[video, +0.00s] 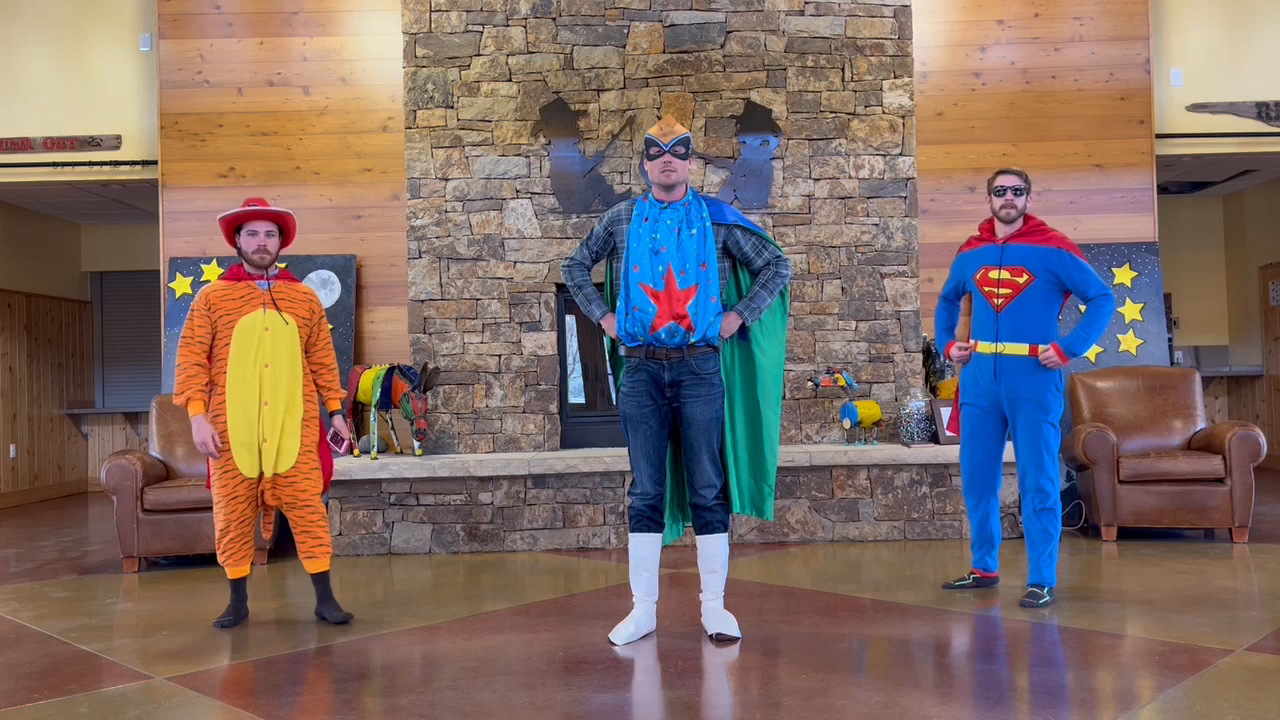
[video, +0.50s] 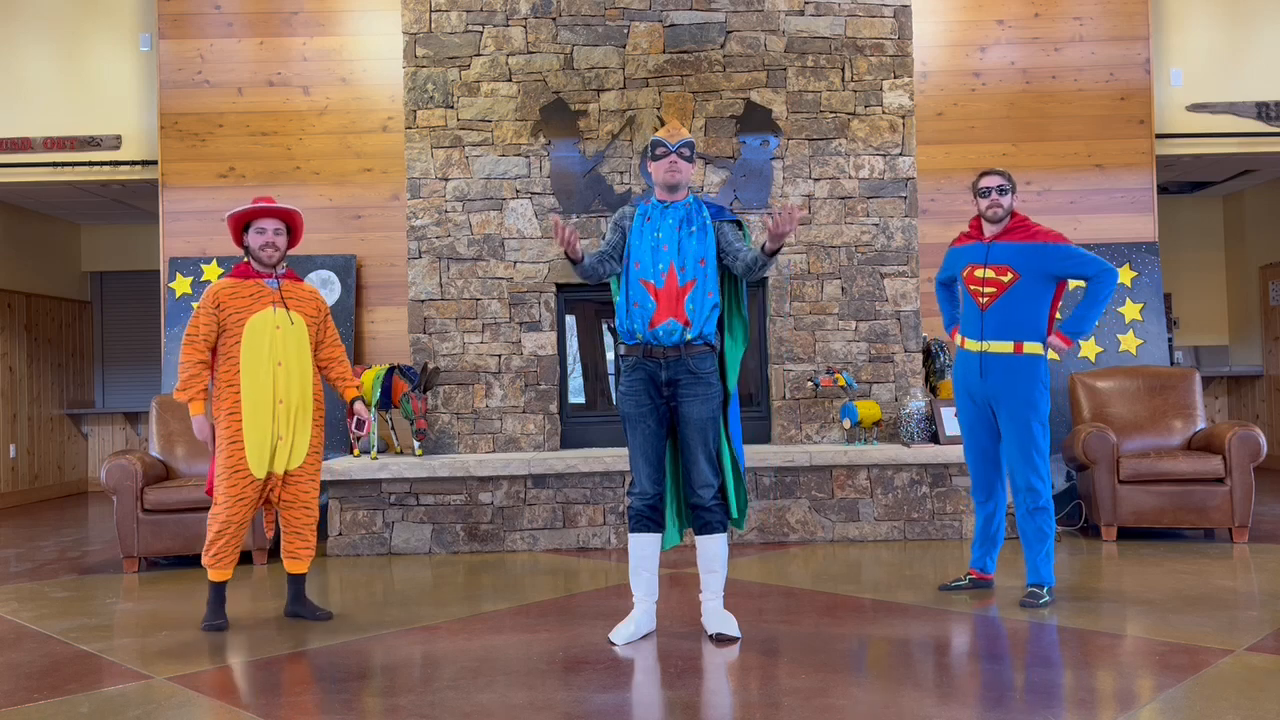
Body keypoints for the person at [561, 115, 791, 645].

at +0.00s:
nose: (668, 161)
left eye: (678, 153)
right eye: (657, 153)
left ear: (692, 162)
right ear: (644, 163)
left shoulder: (715, 216)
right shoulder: (622, 216)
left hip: (700, 366)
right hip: (640, 366)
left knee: (706, 487)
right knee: (646, 489)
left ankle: (714, 608)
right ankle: (643, 611)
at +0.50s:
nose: (674, 159)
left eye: (683, 154)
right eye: (663, 154)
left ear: (695, 168)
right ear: (647, 168)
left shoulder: (713, 217)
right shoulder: (628, 218)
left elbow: (745, 266)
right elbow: (604, 267)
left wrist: (769, 246)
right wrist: (578, 256)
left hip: (696, 364)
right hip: (639, 366)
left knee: (705, 484)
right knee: (645, 488)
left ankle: (714, 608)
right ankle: (643, 609)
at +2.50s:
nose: (645, 164)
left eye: (656, 155)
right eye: (642, 159)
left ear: (685, 163)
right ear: (643, 170)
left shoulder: (720, 220)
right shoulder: (637, 222)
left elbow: (753, 286)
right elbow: (605, 291)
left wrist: (774, 257)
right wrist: (595, 263)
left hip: (700, 366)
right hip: (641, 367)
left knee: (706, 484)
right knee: (647, 487)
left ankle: (713, 608)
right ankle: (644, 610)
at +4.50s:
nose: (677, 164)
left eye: (686, 155)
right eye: (666, 155)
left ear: (698, 164)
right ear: (650, 164)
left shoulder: (721, 221)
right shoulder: (630, 221)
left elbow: (741, 304)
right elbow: (609, 304)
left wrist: (755, 283)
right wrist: (595, 274)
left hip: (702, 364)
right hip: (642, 365)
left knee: (708, 485)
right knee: (647, 486)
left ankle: (713, 607)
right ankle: (643, 609)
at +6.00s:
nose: (681, 164)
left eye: (692, 157)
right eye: (671, 157)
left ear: (706, 168)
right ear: (657, 166)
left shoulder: (723, 220)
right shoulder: (640, 220)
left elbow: (745, 271)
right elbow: (619, 271)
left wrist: (758, 250)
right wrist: (613, 249)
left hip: (705, 365)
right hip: (647, 366)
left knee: (709, 485)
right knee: (650, 487)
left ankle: (713, 608)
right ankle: (644, 609)